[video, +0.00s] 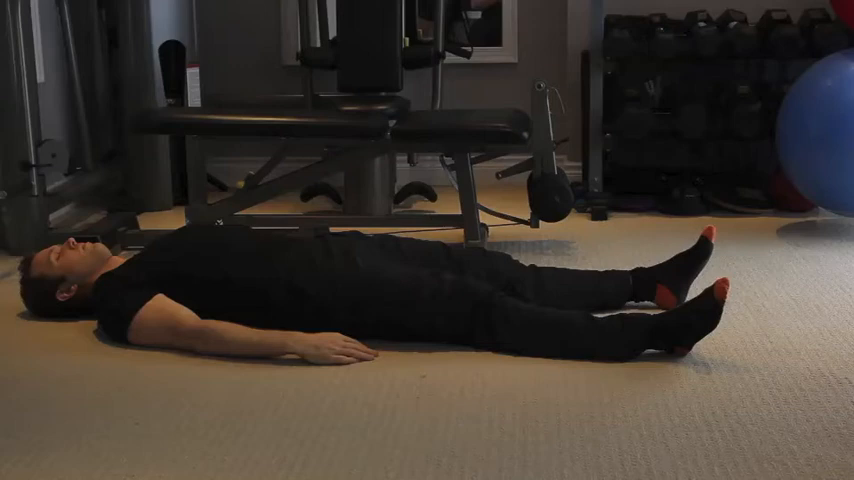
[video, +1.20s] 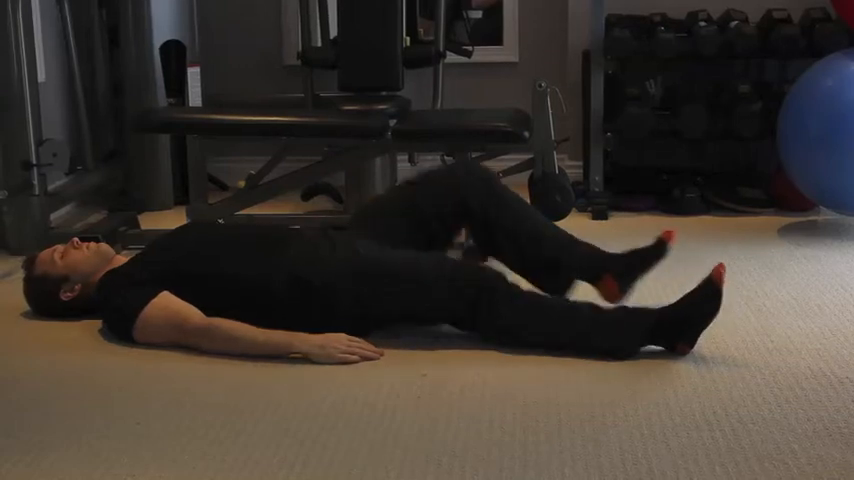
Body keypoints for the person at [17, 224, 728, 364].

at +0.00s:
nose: (67, 243)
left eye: (59, 244)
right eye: (57, 258)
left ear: (80, 239)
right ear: (68, 287)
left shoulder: (149, 248)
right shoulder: (118, 294)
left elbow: (249, 248)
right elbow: (197, 336)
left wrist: (330, 239)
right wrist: (295, 344)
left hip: (351, 249)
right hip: (337, 285)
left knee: (493, 266)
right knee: (486, 308)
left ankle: (644, 287)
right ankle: (657, 336)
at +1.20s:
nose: (72, 243)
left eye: (63, 243)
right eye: (61, 258)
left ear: (88, 242)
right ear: (73, 288)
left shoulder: (155, 247)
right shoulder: (122, 292)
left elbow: (253, 247)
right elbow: (196, 330)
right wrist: (304, 342)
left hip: (354, 235)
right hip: (335, 282)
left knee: (461, 181)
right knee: (478, 289)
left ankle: (599, 270)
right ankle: (657, 333)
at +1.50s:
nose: (81, 239)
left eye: (72, 239)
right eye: (68, 255)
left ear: (91, 242)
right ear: (77, 287)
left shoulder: (150, 251)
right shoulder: (128, 298)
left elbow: (243, 247)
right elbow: (209, 335)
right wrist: (312, 344)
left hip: (330, 242)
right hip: (325, 288)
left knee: (395, 129)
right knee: (441, 193)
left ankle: (530, 213)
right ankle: (585, 286)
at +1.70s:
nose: (80, 239)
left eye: (70, 238)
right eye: (66, 254)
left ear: (89, 241)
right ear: (74, 289)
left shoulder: (147, 259)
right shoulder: (123, 297)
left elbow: (252, 262)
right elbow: (202, 332)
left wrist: (358, 274)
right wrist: (309, 344)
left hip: (325, 270)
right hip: (316, 294)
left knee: (378, 116)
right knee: (358, 131)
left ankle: (514, 187)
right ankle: (499, 227)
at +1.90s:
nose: (73, 238)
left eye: (63, 239)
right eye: (60, 251)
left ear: (85, 247)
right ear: (70, 289)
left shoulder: (151, 253)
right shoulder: (119, 297)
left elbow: (251, 254)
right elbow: (201, 331)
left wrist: (361, 273)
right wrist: (304, 344)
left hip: (325, 271)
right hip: (302, 294)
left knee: (346, 111)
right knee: (298, 123)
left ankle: (475, 143)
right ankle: (452, 163)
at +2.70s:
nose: (66, 236)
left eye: (56, 237)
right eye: (54, 250)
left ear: (81, 241)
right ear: (67, 287)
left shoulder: (141, 253)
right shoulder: (115, 293)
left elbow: (238, 241)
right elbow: (193, 328)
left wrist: (346, 218)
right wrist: (295, 305)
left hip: (318, 253)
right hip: (305, 281)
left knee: (271, 118)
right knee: (259, 121)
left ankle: (432, 125)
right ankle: (431, 132)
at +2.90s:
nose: (68, 236)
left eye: (58, 237)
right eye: (56, 250)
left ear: (80, 237)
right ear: (66, 288)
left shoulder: (141, 254)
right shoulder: (116, 296)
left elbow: (242, 212)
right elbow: (186, 278)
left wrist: (254, 113)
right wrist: (182, 154)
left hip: (315, 264)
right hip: (300, 283)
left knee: (269, 118)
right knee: (255, 121)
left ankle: (426, 121)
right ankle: (429, 127)